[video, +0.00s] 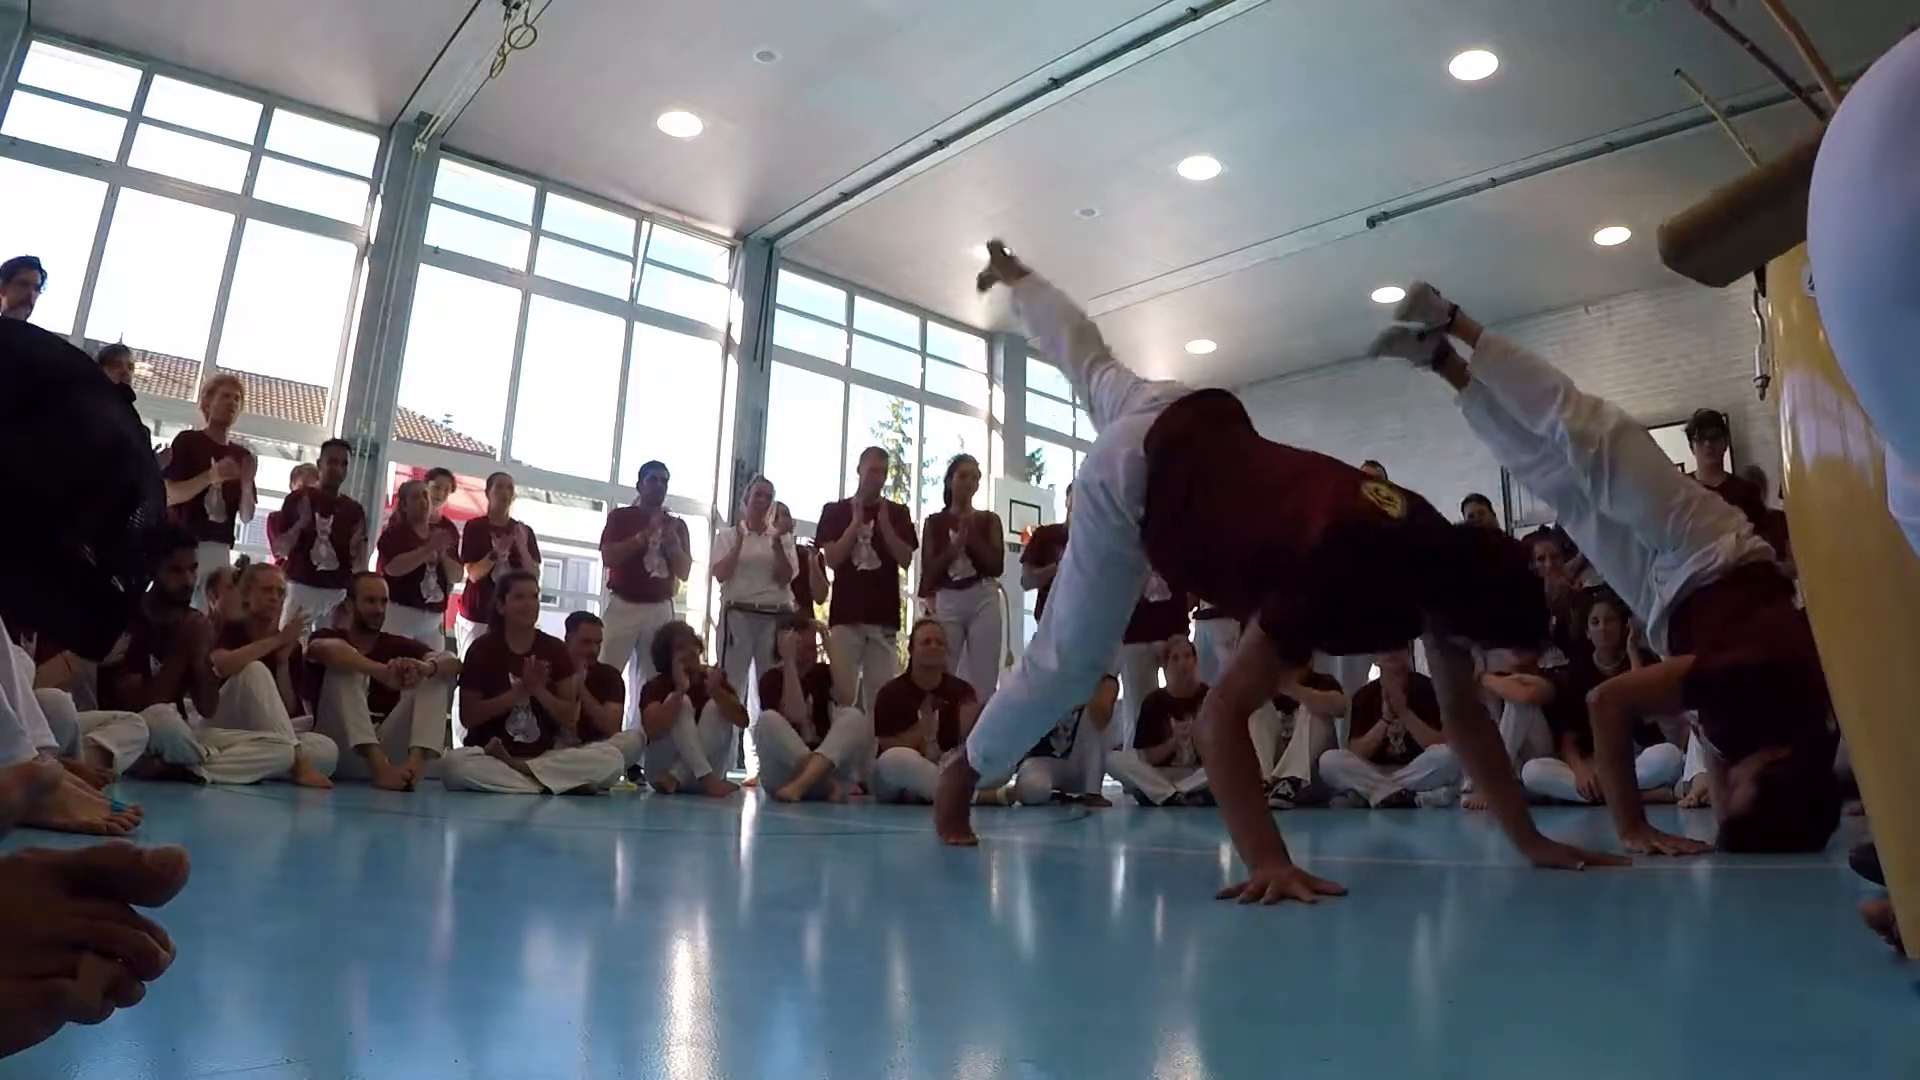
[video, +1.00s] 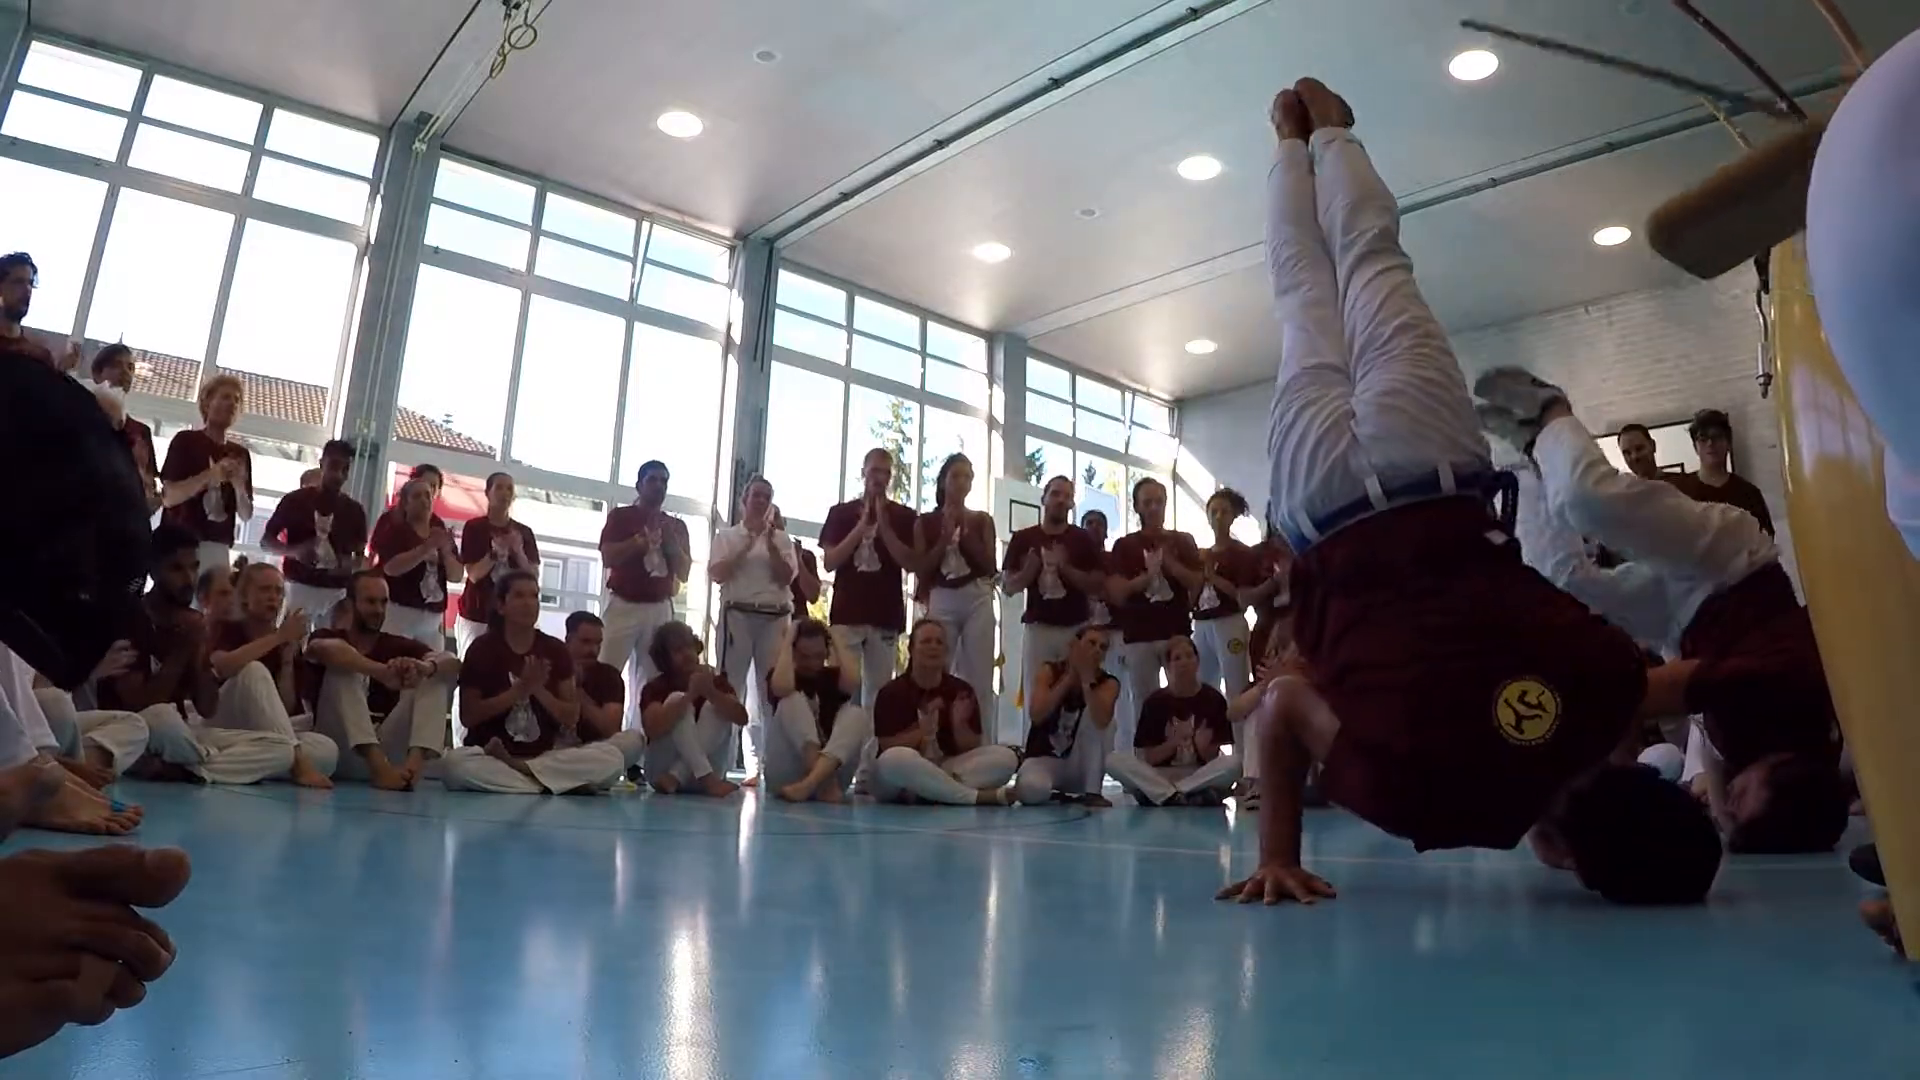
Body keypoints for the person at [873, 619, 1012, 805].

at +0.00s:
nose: (934, 647)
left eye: (939, 643)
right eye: (926, 643)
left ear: (946, 650)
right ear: (911, 651)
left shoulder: (962, 690)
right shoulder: (891, 693)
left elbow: (971, 743)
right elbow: (889, 748)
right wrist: (922, 729)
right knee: (895, 759)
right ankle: (976, 796)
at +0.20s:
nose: (935, 648)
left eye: (940, 643)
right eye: (927, 642)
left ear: (947, 651)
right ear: (912, 650)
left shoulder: (963, 690)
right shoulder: (892, 692)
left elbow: (970, 747)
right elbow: (889, 746)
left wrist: (954, 725)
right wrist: (925, 739)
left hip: (951, 769)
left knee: (1001, 755)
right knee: (896, 759)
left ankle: (931, 795)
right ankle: (976, 797)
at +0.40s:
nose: (935, 647)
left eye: (940, 643)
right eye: (926, 642)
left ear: (947, 650)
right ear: (911, 650)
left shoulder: (961, 690)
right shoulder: (891, 692)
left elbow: (970, 749)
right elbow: (887, 747)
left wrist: (961, 723)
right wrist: (922, 729)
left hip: (952, 769)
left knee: (1005, 757)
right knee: (896, 759)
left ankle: (932, 794)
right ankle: (976, 797)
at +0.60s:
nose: (933, 647)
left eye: (939, 642)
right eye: (926, 642)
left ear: (946, 649)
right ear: (911, 650)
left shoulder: (962, 690)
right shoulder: (891, 692)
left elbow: (972, 748)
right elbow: (887, 747)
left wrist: (955, 724)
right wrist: (928, 729)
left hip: (951, 769)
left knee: (1005, 757)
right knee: (895, 759)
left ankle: (932, 793)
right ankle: (975, 797)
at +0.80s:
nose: (933, 647)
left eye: (939, 643)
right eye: (925, 642)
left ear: (946, 650)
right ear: (911, 649)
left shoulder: (962, 690)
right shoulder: (891, 692)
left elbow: (971, 746)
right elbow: (887, 745)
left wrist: (951, 724)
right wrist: (925, 735)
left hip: (950, 768)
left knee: (1006, 758)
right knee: (895, 759)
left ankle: (932, 792)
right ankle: (975, 797)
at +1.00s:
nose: (933, 647)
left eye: (939, 642)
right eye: (926, 642)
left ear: (946, 650)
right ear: (911, 649)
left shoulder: (961, 690)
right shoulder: (891, 693)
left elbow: (972, 749)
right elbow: (885, 746)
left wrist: (960, 726)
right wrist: (923, 731)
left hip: (952, 767)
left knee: (1006, 758)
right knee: (894, 759)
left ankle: (932, 792)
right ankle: (975, 797)